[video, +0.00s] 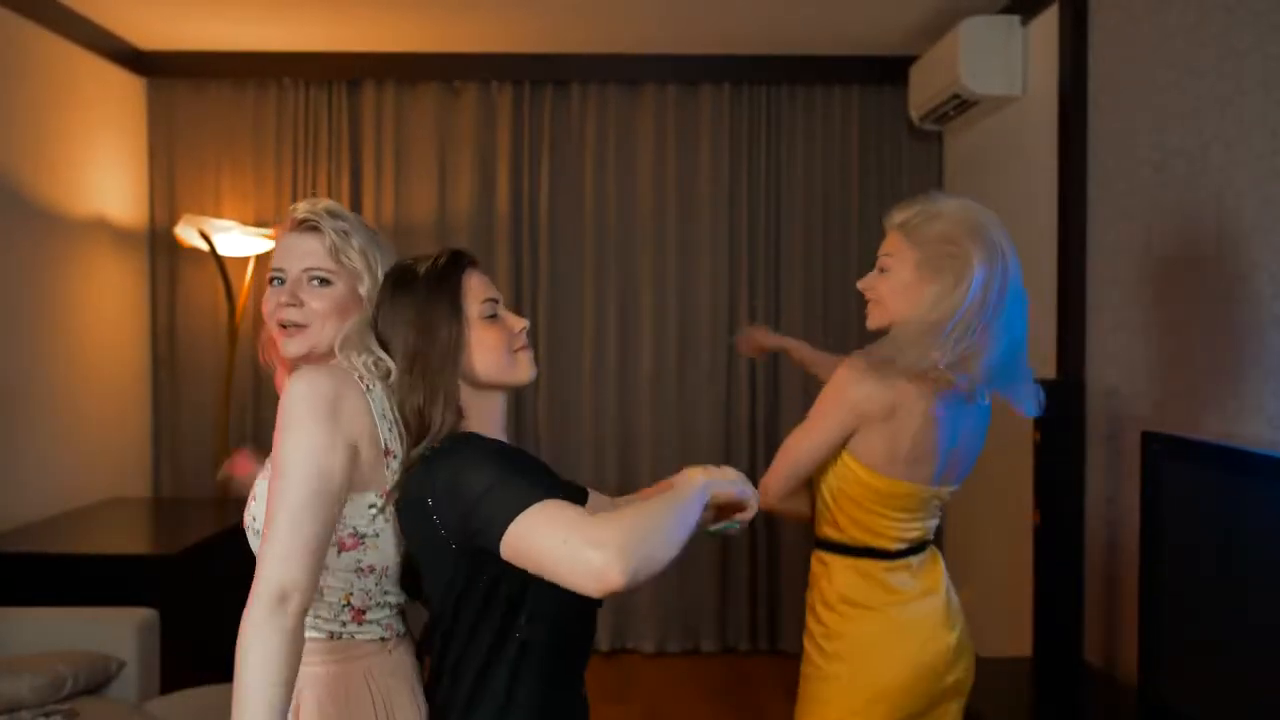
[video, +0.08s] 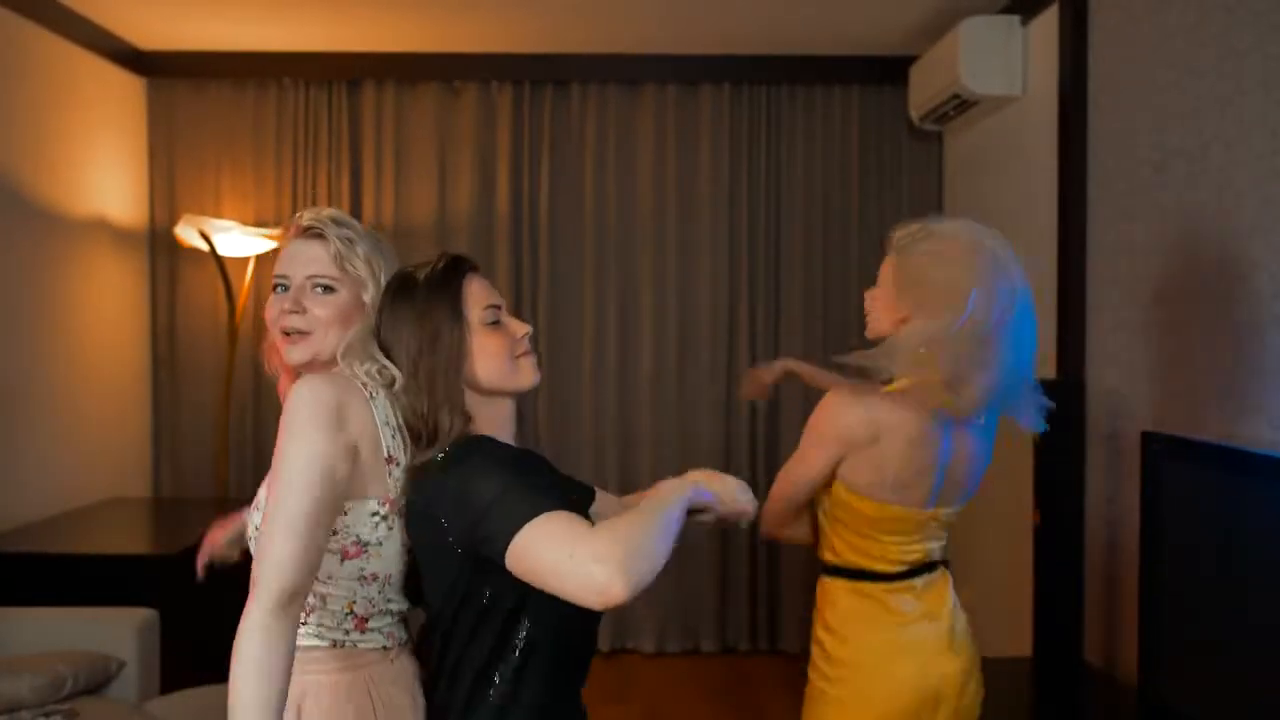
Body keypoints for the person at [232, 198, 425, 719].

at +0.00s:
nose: (288, 298)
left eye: (318, 281)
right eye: (277, 279)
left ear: (369, 297)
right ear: (264, 293)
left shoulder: (318, 390)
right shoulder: (379, 387)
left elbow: (281, 600)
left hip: (328, 681)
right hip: (388, 666)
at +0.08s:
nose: (291, 305)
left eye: (323, 288)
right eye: (281, 287)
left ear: (371, 305)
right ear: (267, 299)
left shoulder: (320, 395)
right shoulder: (385, 393)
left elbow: (276, 602)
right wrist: (246, 526)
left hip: (327, 684)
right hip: (391, 668)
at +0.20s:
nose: (296, 310)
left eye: (327, 293)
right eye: (285, 292)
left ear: (377, 309)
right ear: (272, 304)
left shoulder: (328, 395)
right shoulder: (387, 396)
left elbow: (274, 586)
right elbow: (320, 491)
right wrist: (243, 551)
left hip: (327, 688)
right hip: (386, 673)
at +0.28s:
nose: (298, 309)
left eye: (329, 292)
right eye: (287, 291)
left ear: (377, 307)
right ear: (274, 302)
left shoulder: (333, 390)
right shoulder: (388, 390)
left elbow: (280, 560)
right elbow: (322, 480)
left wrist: (262, 710)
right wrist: (254, 554)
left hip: (333, 688)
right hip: (384, 675)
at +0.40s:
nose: (298, 301)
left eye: (328, 284)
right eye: (287, 283)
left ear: (378, 298)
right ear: (274, 294)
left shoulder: (334, 376)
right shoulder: (387, 381)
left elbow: (298, 500)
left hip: (337, 672)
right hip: (388, 659)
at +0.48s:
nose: (296, 293)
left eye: (326, 276)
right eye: (285, 275)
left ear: (376, 291)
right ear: (273, 286)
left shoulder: (334, 367)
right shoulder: (383, 375)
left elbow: (309, 459)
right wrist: (290, 545)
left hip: (328, 669)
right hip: (384, 651)